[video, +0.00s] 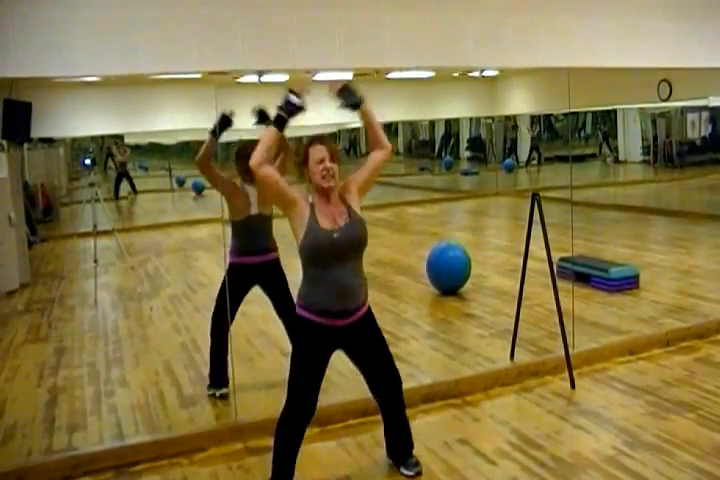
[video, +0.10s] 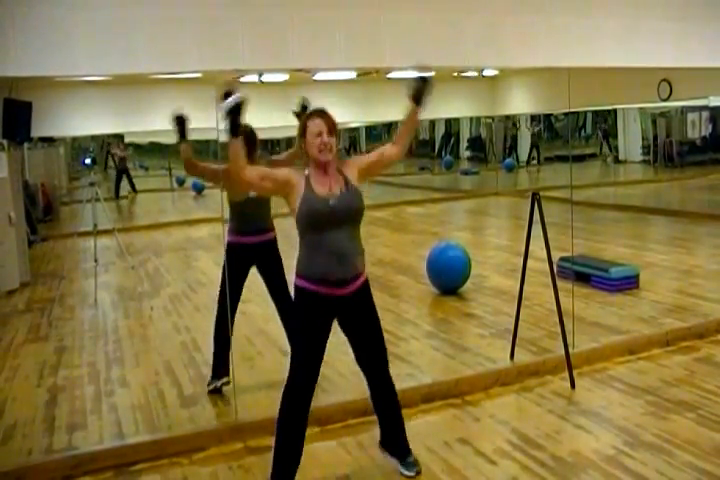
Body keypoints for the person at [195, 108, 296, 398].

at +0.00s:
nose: (254, 164)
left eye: (247, 159)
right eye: (255, 159)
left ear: (236, 166)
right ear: (259, 165)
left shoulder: (232, 191)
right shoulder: (270, 187)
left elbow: (204, 163)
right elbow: (285, 154)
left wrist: (215, 133)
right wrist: (274, 125)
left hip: (241, 266)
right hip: (270, 263)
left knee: (220, 322)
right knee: (291, 318)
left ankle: (218, 382)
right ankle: (310, 370)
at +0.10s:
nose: (233, 149)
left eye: (235, 143)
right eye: (237, 143)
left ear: (235, 145)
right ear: (255, 145)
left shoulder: (226, 173)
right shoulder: (268, 167)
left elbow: (190, 165)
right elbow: (301, 152)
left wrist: (182, 135)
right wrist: (304, 122)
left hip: (238, 245)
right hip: (266, 242)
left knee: (226, 307)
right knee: (284, 302)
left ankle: (219, 373)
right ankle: (304, 358)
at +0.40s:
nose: (239, 162)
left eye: (237, 158)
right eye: (246, 157)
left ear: (236, 160)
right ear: (256, 159)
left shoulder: (231, 192)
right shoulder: (269, 189)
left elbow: (231, 234)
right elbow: (278, 228)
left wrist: (213, 260)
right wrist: (288, 254)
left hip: (240, 261)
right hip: (266, 259)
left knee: (239, 316)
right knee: (266, 313)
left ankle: (253, 373)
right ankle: (269, 373)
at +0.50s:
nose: (242, 149)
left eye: (238, 144)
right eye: (248, 144)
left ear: (234, 148)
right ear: (256, 147)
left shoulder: (230, 181)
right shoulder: (269, 177)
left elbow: (221, 222)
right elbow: (284, 212)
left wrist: (197, 233)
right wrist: (279, 238)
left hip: (237, 248)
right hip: (264, 245)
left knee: (239, 311)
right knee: (268, 306)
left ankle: (248, 374)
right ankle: (270, 368)